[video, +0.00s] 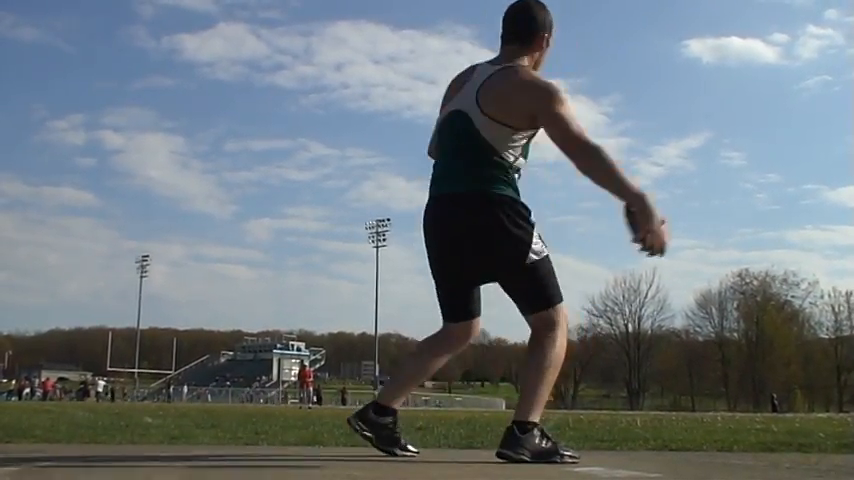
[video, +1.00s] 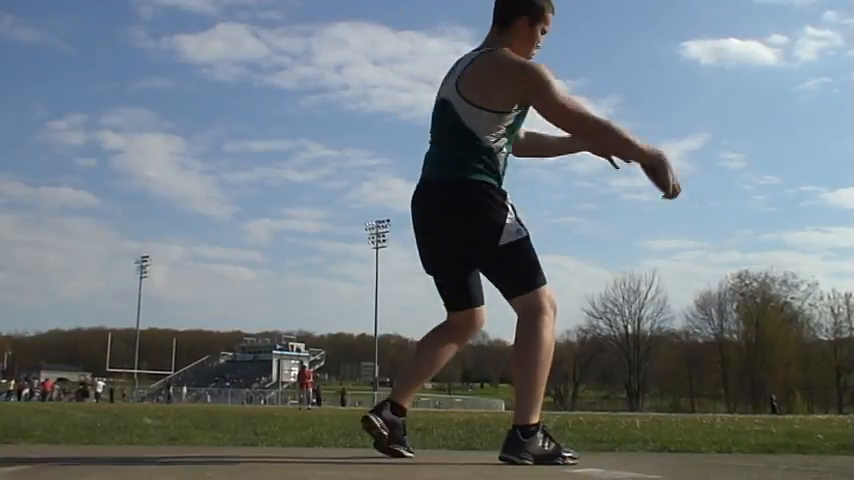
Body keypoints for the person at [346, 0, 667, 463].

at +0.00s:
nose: (550, 49)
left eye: (548, 42)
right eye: (550, 42)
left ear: (504, 37)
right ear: (542, 42)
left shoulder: (463, 79)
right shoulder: (537, 89)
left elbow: (437, 147)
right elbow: (581, 149)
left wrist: (490, 155)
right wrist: (636, 198)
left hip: (442, 213)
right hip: (494, 211)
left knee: (460, 327)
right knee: (551, 323)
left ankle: (380, 412)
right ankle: (525, 431)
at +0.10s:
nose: (532, 15)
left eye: (528, 11)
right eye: (532, 10)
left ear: (484, 10)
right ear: (528, 11)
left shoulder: (444, 51)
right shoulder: (533, 60)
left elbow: (420, 120)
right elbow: (596, 109)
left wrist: (471, 132)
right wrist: (643, 134)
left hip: (434, 192)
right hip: (492, 190)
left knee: (434, 306)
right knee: (533, 309)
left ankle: (379, 411)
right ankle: (527, 426)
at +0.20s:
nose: (515, 10)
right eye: (516, 7)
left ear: (471, 2)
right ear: (513, 5)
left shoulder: (429, 41)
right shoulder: (530, 47)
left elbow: (414, 106)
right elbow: (559, 81)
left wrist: (455, 81)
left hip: (433, 180)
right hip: (493, 179)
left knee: (416, 301)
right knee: (525, 305)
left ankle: (383, 412)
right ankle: (530, 419)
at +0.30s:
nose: (508, 10)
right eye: (510, 7)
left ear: (460, 4)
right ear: (505, 5)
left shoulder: (421, 44)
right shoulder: (523, 47)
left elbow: (409, 100)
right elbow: (509, 90)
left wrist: (427, 44)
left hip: (435, 183)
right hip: (498, 182)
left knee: (412, 303)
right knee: (525, 307)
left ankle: (382, 420)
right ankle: (529, 421)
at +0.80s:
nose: (520, 18)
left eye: (520, 12)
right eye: (521, 11)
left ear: (473, 7)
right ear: (512, 10)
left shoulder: (428, 54)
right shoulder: (525, 53)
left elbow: (432, 103)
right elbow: (533, 89)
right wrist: (492, 52)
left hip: (429, 197)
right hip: (489, 195)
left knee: (418, 314)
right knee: (527, 311)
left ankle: (382, 429)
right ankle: (526, 434)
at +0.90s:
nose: (530, 30)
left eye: (532, 20)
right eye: (532, 19)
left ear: (484, 10)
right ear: (517, 13)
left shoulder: (441, 59)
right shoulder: (521, 58)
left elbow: (483, 134)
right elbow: (576, 100)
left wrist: (550, 124)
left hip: (428, 196)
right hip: (482, 194)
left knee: (438, 316)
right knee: (530, 308)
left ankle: (385, 422)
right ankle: (526, 434)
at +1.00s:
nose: (542, 39)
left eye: (544, 30)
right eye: (541, 28)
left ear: (502, 20)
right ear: (520, 21)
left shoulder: (465, 68)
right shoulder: (520, 71)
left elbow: (513, 140)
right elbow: (579, 122)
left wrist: (581, 144)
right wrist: (647, 155)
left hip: (430, 203)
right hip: (476, 200)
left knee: (464, 319)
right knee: (538, 307)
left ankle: (391, 412)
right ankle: (527, 434)